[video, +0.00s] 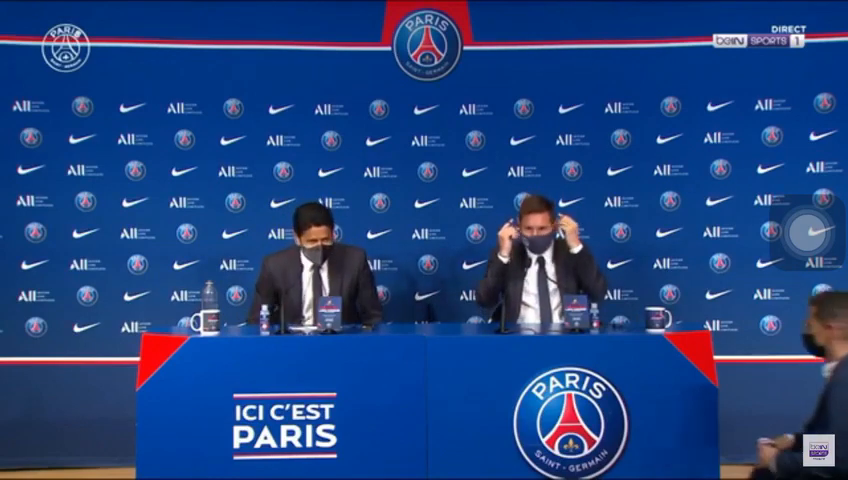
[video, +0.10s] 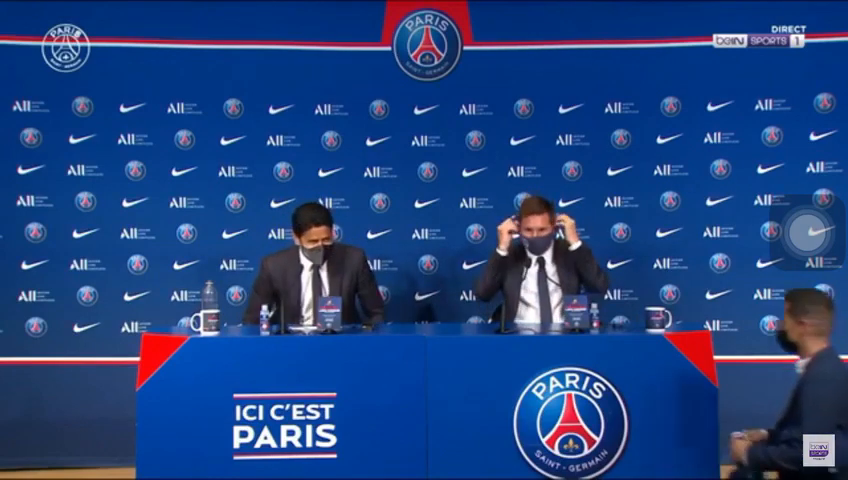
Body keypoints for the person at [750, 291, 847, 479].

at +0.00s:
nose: (808, 328)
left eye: (812, 321)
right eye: (810, 321)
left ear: (832, 328)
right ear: (833, 327)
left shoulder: (841, 380)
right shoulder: (838, 374)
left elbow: (837, 460)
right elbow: (825, 429)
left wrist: (777, 461)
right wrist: (793, 441)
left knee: (762, 474)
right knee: (760, 472)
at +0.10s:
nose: (782, 325)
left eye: (786, 318)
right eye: (784, 318)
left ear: (804, 324)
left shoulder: (822, 376)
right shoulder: (821, 369)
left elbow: (810, 451)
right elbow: (806, 430)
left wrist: (750, 454)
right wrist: (768, 436)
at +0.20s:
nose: (745, 323)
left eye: (749, 316)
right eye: (746, 316)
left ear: (767, 321)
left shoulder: (787, 369)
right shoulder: (784, 365)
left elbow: (772, 448)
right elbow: (769, 427)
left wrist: (714, 450)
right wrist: (728, 428)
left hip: (783, 474)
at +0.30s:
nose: (724, 324)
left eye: (727, 316)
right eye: (724, 316)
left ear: (745, 320)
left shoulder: (764, 369)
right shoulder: (767, 363)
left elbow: (746, 448)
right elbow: (747, 426)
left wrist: (688, 452)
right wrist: (703, 419)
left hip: (761, 474)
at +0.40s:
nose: (693, 329)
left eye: (695, 322)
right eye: (693, 322)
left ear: (712, 324)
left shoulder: (727, 374)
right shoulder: (742, 365)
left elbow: (705, 451)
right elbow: (712, 416)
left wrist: (649, 449)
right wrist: (670, 406)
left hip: (727, 473)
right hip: (744, 471)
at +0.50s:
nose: (672, 334)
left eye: (673, 326)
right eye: (672, 327)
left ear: (690, 328)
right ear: (715, 325)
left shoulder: (699, 380)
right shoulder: (728, 371)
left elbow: (674, 454)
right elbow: (693, 414)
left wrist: (620, 446)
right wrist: (645, 400)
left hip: (699, 474)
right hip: (724, 472)